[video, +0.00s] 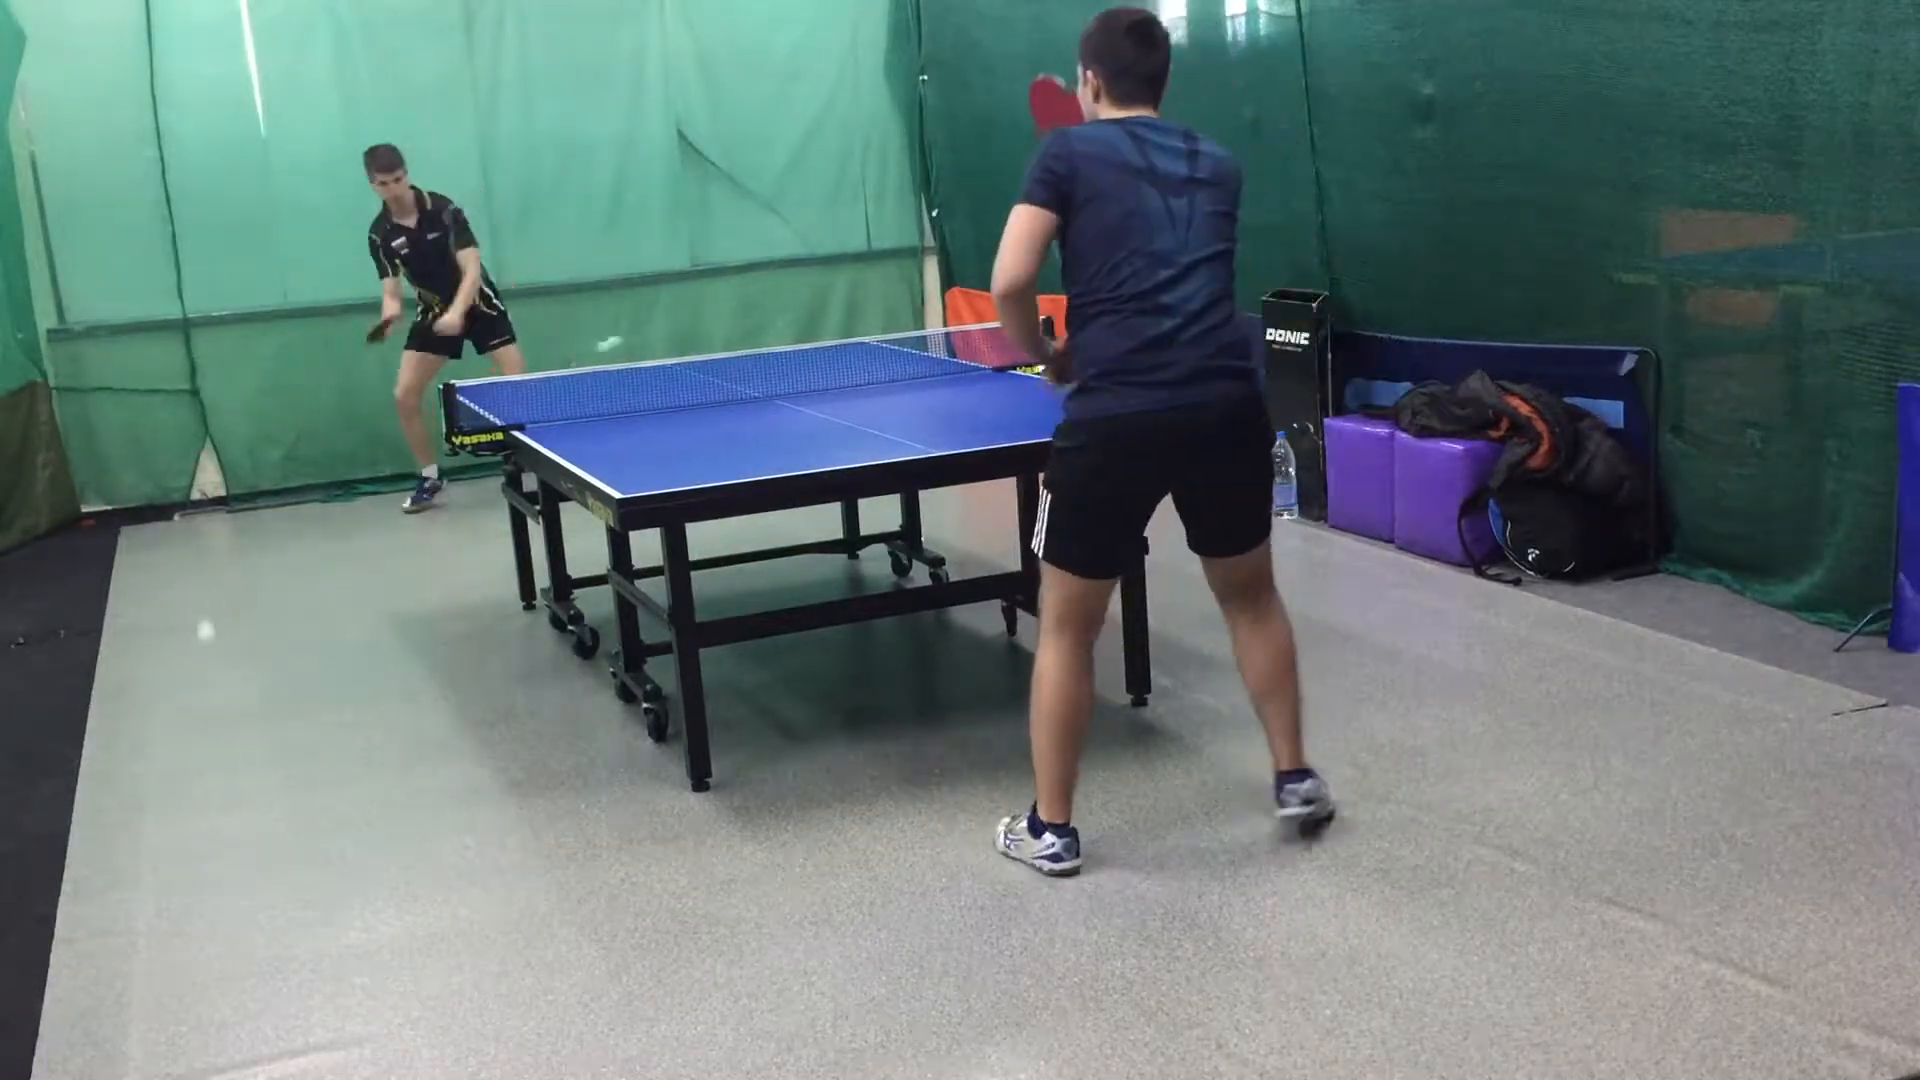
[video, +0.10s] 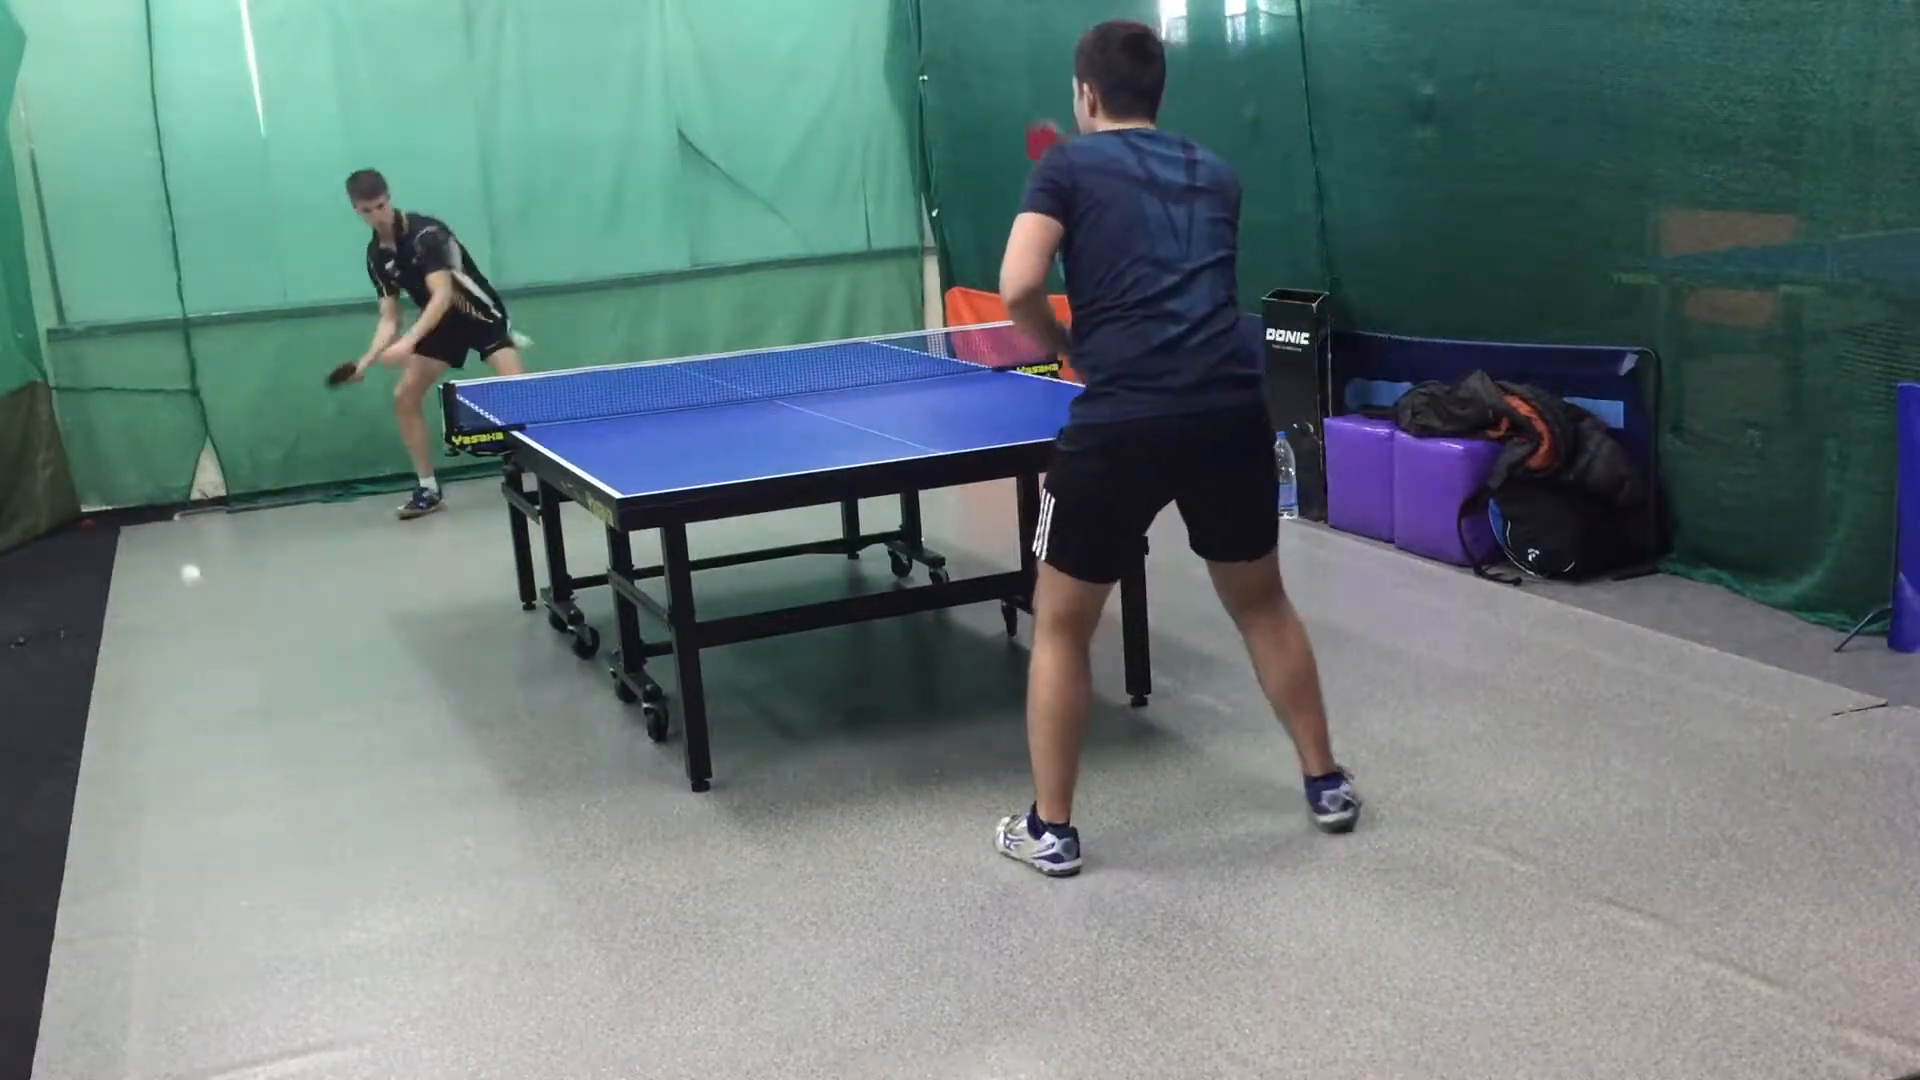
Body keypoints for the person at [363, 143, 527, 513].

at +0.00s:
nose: (392, 189)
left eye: (397, 180)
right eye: (383, 183)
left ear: (407, 174)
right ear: (372, 185)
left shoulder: (443, 210)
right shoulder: (380, 233)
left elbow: (473, 268)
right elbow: (391, 292)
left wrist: (456, 312)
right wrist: (389, 315)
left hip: (477, 301)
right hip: (434, 310)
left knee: (518, 386)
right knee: (406, 396)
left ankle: (527, 467)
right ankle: (431, 478)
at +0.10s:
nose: (376, 217)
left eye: (380, 207)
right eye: (367, 212)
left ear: (389, 199)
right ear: (357, 212)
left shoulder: (427, 233)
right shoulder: (377, 255)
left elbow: (442, 296)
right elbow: (389, 318)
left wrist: (410, 339)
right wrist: (367, 360)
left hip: (483, 316)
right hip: (441, 322)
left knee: (518, 392)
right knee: (405, 397)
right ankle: (428, 489)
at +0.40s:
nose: (349, 259)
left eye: (351, 248)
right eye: (340, 254)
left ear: (367, 237)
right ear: (336, 254)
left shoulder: (405, 260)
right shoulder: (374, 289)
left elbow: (458, 276)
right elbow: (402, 349)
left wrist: (436, 312)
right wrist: (383, 389)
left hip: (487, 352)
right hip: (439, 355)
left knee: (512, 420)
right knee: (395, 416)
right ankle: (429, 490)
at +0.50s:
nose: (355, 236)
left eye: (357, 226)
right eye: (347, 231)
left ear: (374, 215)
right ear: (344, 233)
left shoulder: (420, 235)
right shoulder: (367, 277)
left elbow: (484, 246)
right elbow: (375, 334)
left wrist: (466, 260)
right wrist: (349, 334)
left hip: (480, 334)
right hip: (434, 348)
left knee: (530, 393)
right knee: (403, 423)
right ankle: (429, 490)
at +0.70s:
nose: (398, 179)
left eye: (403, 170)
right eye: (390, 174)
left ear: (418, 167)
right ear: (381, 177)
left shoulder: (453, 200)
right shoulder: (387, 223)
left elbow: (512, 219)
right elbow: (392, 267)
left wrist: (544, 212)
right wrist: (405, 216)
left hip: (481, 322)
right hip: (431, 335)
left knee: (534, 388)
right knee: (417, 422)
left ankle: (536, 470)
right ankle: (420, 486)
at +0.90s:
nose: (443, 174)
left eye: (447, 165)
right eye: (434, 168)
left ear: (454, 165)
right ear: (419, 171)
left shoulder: (483, 205)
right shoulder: (415, 223)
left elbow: (532, 242)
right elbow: (413, 292)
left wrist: (569, 252)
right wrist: (434, 261)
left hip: (493, 319)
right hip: (443, 328)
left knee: (547, 385)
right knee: (420, 417)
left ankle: (527, 472)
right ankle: (397, 496)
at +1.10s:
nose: (422, 176)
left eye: (426, 167)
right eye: (413, 170)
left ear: (434, 164)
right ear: (398, 173)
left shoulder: (465, 204)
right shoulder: (395, 225)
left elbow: (512, 253)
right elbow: (390, 292)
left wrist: (541, 287)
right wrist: (416, 287)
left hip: (486, 312)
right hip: (437, 320)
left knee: (532, 384)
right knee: (403, 407)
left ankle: (540, 476)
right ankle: (409, 495)